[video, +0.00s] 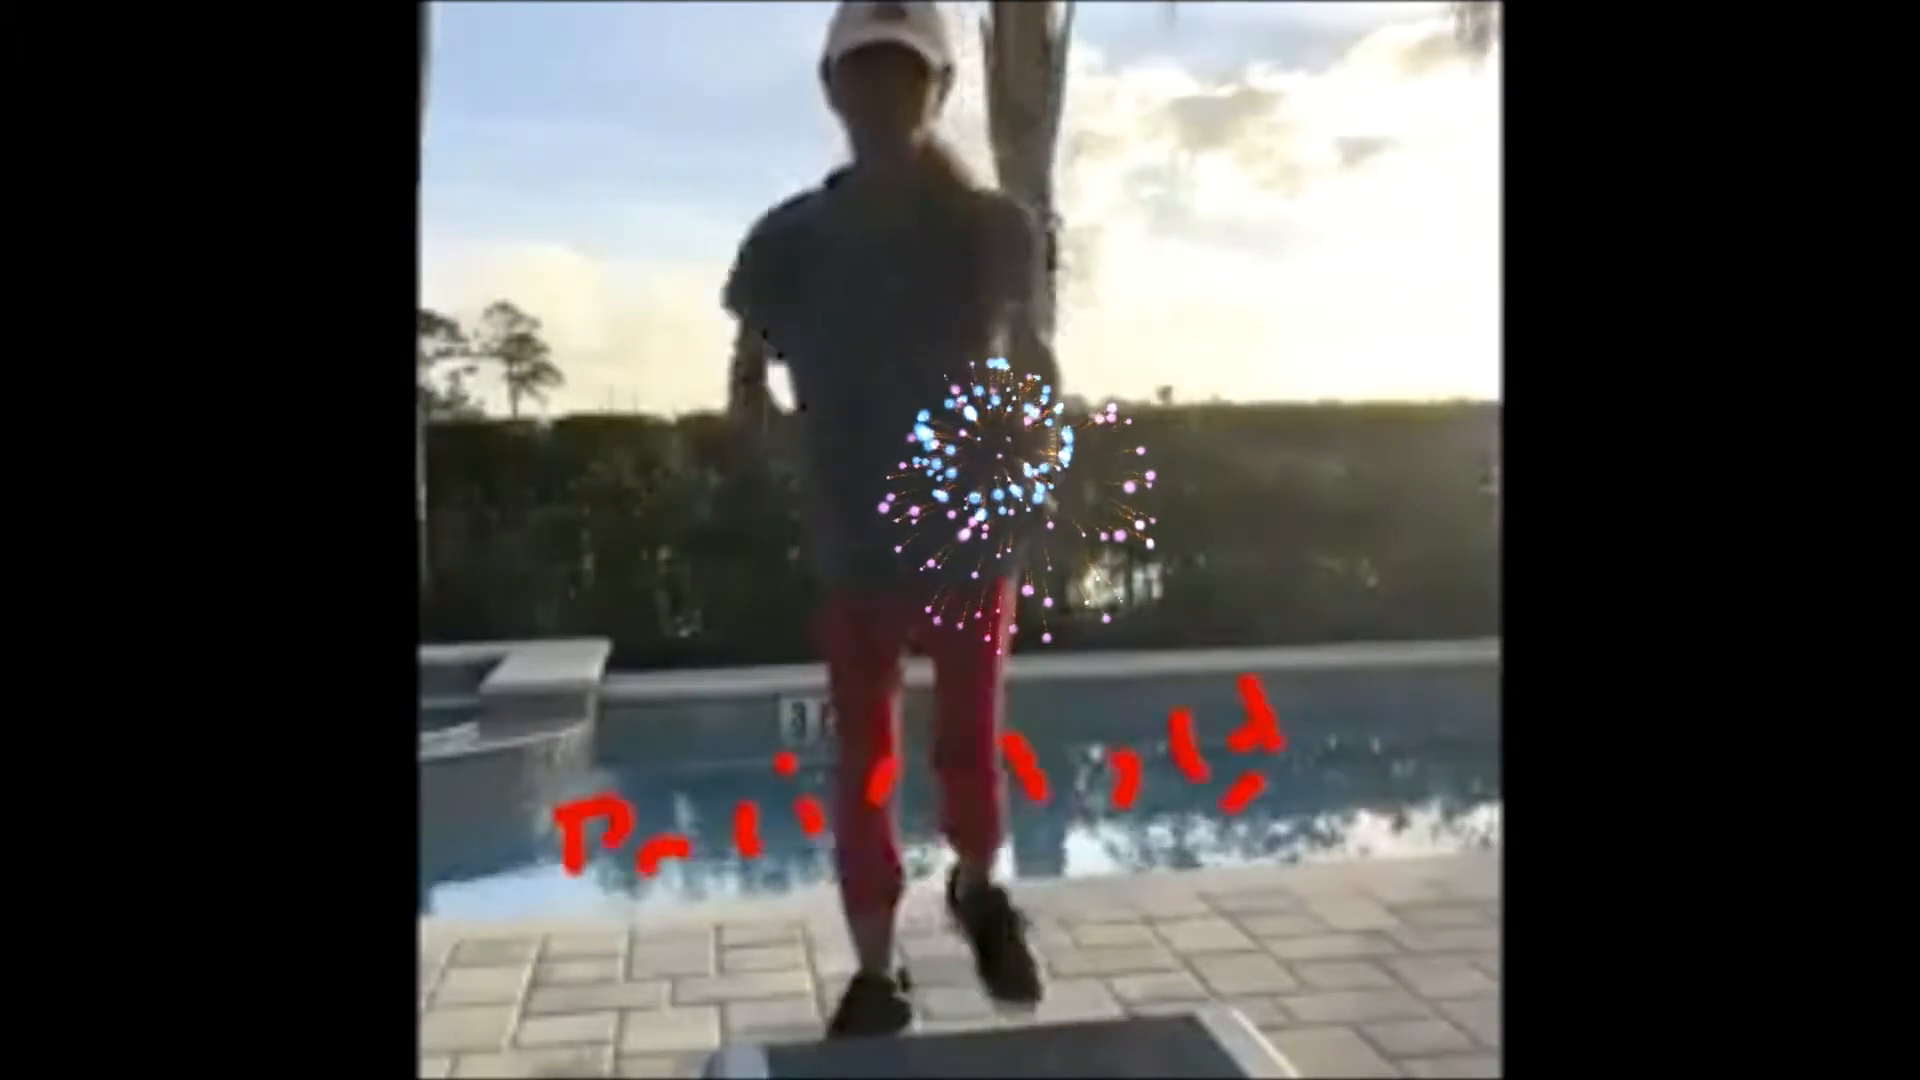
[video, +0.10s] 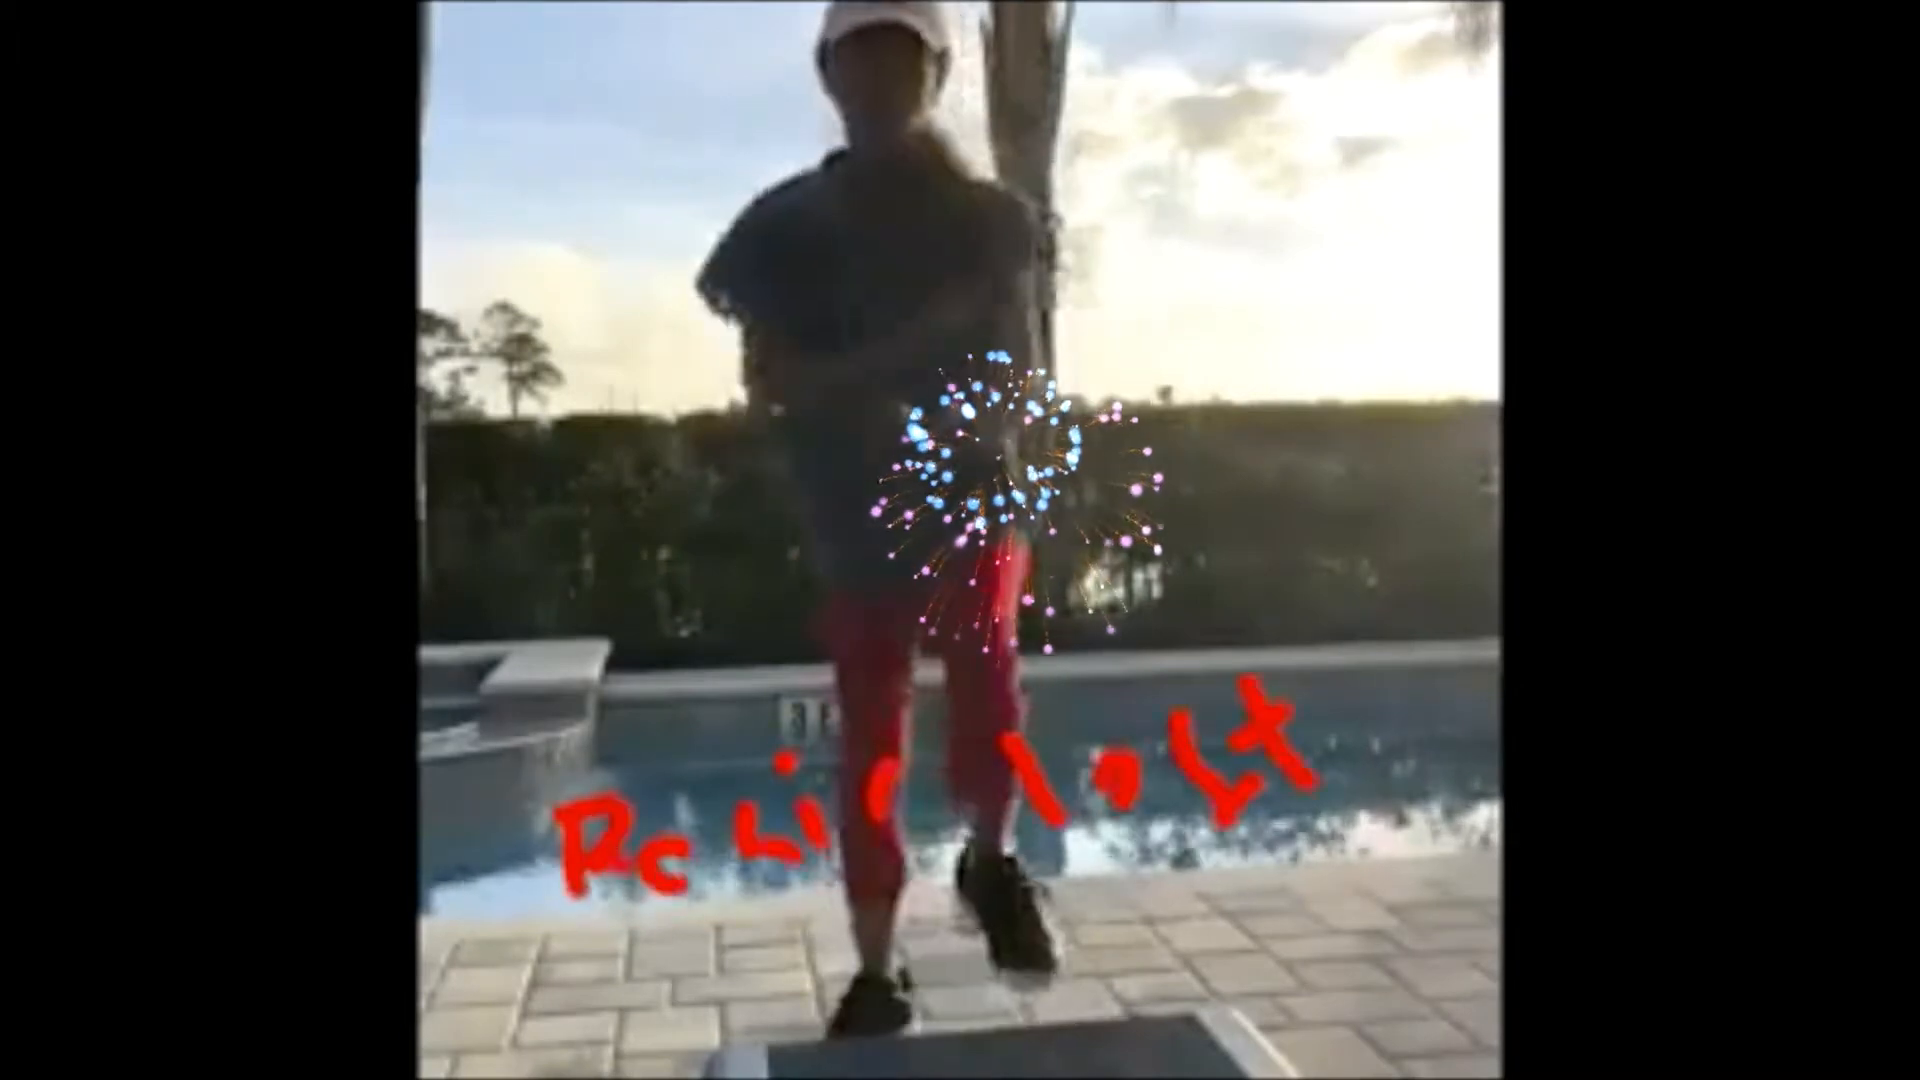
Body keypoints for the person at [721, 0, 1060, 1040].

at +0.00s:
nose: (881, 92)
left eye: (901, 71)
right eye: (862, 72)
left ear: (935, 83)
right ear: (834, 87)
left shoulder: (1000, 226)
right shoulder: (790, 235)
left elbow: (1033, 371)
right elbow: (746, 387)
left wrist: (1027, 456)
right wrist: (766, 442)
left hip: (972, 509)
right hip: (852, 515)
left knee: (971, 737)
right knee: (864, 750)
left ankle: (979, 887)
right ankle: (876, 968)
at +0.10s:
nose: (877, 83)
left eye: (895, 61)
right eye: (857, 63)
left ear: (929, 73)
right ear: (831, 79)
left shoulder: (991, 215)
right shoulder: (789, 220)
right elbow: (773, 379)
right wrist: (917, 344)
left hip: (978, 485)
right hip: (856, 498)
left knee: (987, 659)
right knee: (871, 726)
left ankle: (990, 854)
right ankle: (876, 971)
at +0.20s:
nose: (890, 77)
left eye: (908, 57)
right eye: (870, 56)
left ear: (938, 71)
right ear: (837, 70)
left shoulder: (995, 201)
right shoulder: (793, 198)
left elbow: (1027, 323)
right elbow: (770, 296)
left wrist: (903, 294)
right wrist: (884, 265)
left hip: (988, 462)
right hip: (862, 466)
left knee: (1007, 646)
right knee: (875, 701)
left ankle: (1006, 912)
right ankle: (878, 964)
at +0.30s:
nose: (920, 36)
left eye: (937, 20)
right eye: (898, 19)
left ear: (961, 30)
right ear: (861, 27)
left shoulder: (998, 148)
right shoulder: (815, 144)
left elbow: (1122, 234)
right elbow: (695, 218)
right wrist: (789, 150)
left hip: (999, 458)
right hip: (862, 460)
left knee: (1007, 694)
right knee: (878, 710)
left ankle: (1004, 960)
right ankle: (871, 962)